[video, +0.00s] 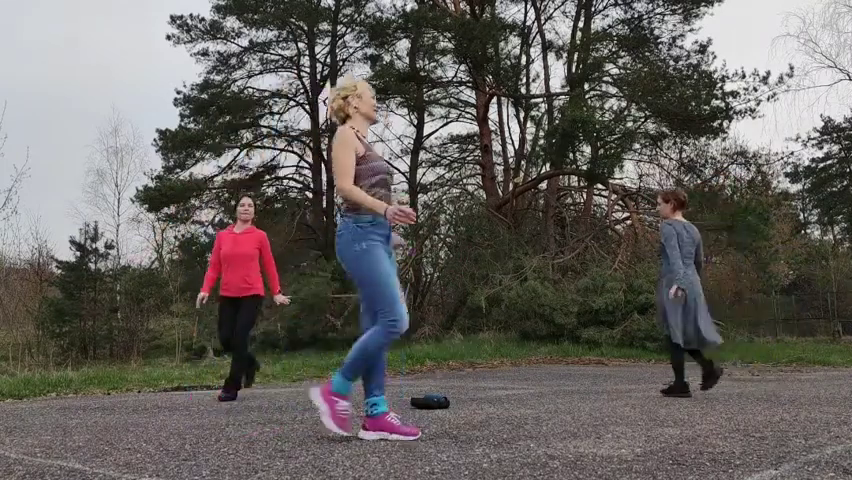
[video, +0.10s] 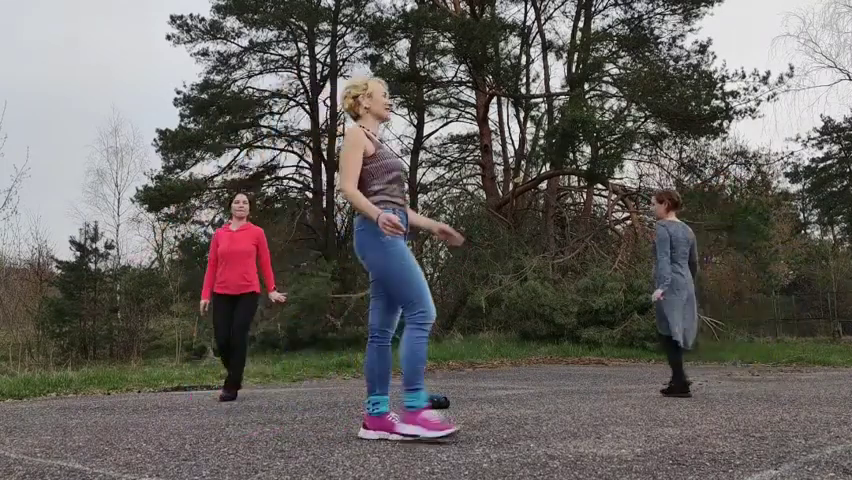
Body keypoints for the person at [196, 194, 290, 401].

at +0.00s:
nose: (246, 208)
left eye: (249, 206)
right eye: (242, 205)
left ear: (254, 211)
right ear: (236, 210)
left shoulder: (259, 235)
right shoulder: (223, 235)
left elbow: (269, 264)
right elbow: (214, 265)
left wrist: (276, 292)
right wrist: (205, 289)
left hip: (251, 294)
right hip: (228, 294)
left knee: (239, 338)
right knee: (226, 340)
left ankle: (231, 388)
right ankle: (250, 364)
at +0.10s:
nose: (240, 206)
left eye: (244, 203)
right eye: (237, 202)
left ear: (249, 208)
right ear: (230, 207)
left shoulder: (256, 232)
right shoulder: (219, 234)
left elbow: (265, 261)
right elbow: (212, 265)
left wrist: (271, 289)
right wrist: (205, 294)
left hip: (247, 292)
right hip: (222, 292)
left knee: (238, 337)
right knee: (221, 341)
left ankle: (232, 387)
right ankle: (234, 373)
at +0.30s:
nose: (231, 208)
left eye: (234, 205)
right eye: (227, 205)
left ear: (240, 209)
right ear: (222, 209)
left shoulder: (248, 234)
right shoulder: (213, 234)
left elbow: (251, 262)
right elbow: (208, 262)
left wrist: (249, 286)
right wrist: (206, 286)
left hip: (238, 294)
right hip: (214, 293)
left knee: (234, 341)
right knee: (206, 337)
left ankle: (231, 388)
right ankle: (203, 384)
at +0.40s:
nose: (226, 203)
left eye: (229, 200)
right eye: (222, 200)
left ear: (236, 203)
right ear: (217, 204)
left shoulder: (242, 224)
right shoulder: (212, 225)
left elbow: (241, 246)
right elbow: (209, 251)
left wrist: (234, 261)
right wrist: (207, 275)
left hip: (233, 285)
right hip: (207, 284)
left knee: (230, 336)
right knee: (202, 331)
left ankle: (228, 385)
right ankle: (194, 379)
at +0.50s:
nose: (222, 198)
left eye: (226, 194)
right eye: (218, 195)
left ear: (231, 197)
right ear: (212, 199)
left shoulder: (237, 217)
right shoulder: (208, 221)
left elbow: (230, 235)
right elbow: (204, 242)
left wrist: (218, 244)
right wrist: (208, 245)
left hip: (227, 280)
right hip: (202, 279)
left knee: (227, 334)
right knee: (198, 328)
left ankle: (228, 382)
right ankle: (190, 375)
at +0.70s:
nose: (213, 200)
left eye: (217, 197)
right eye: (209, 197)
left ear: (223, 200)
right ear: (204, 200)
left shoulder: (226, 220)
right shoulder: (200, 222)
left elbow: (217, 237)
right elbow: (191, 245)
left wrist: (203, 250)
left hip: (213, 286)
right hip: (187, 286)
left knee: (215, 339)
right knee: (189, 340)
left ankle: (227, 382)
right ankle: (195, 389)